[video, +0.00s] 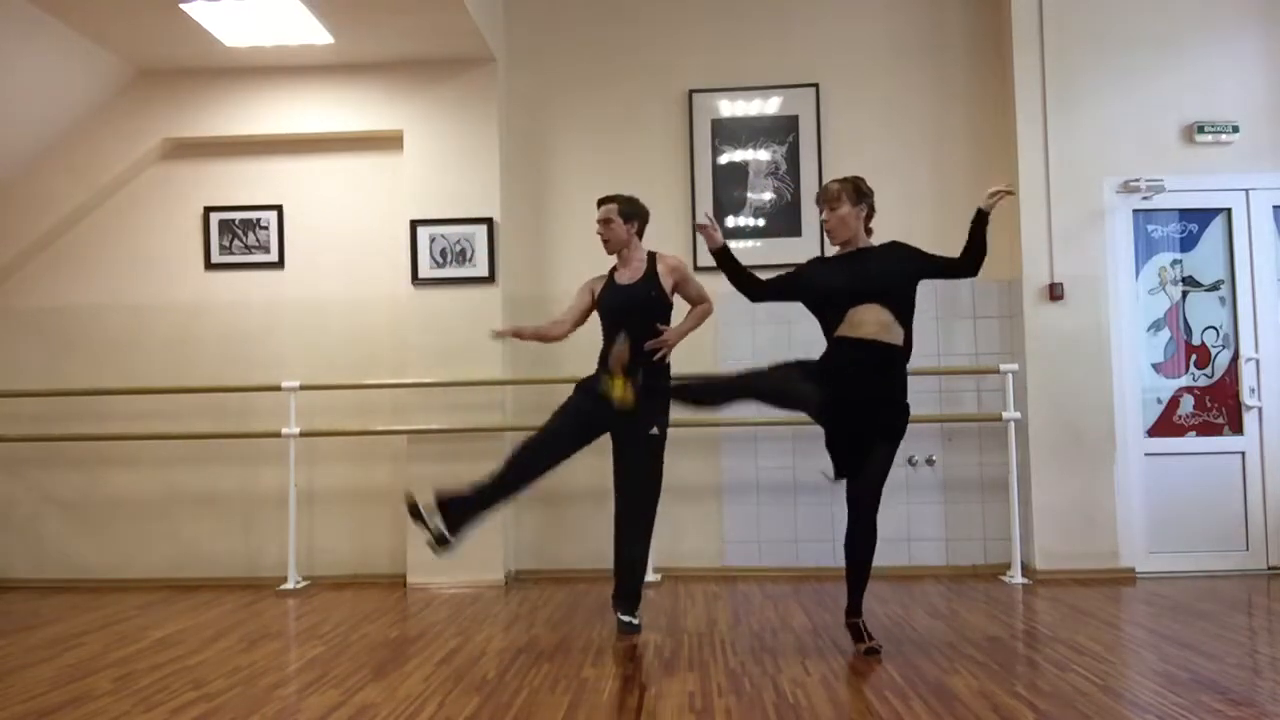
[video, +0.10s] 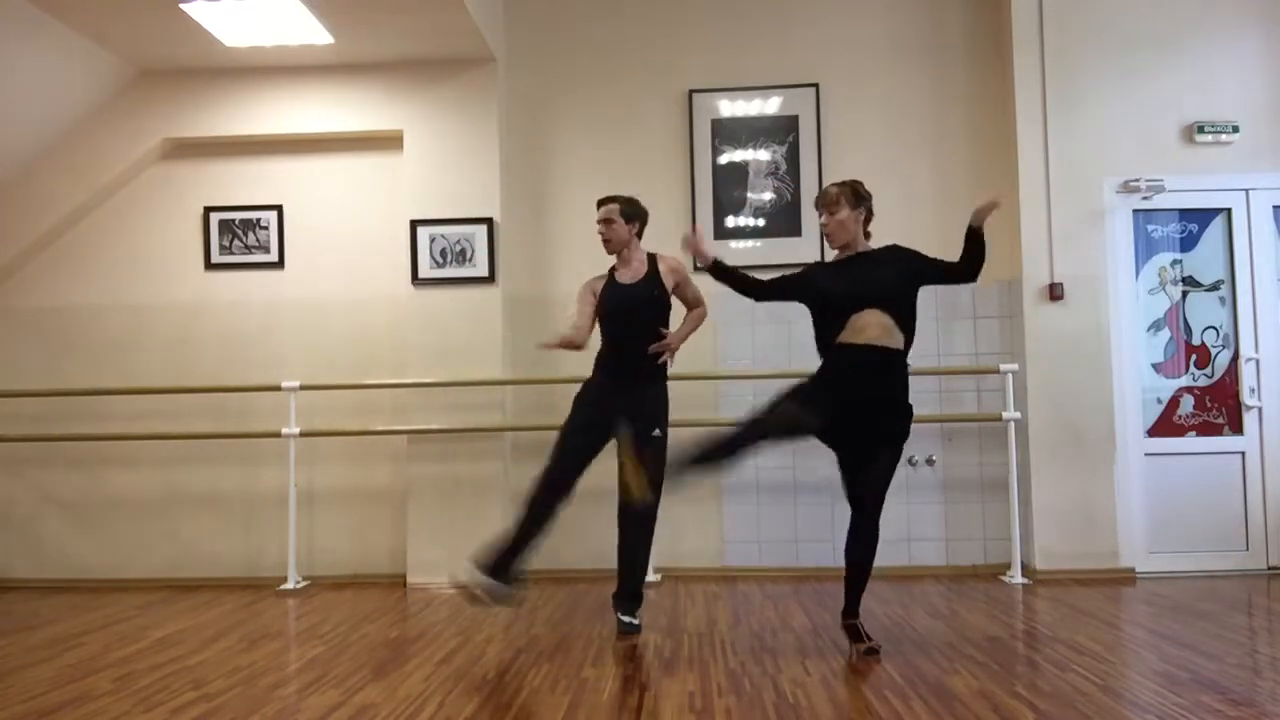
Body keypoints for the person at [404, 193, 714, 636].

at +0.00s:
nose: (600, 230)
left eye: (608, 223)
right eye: (599, 224)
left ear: (634, 227)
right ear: (609, 230)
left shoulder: (668, 268)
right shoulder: (598, 286)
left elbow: (704, 304)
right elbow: (562, 327)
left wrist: (678, 333)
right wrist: (519, 332)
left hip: (646, 400)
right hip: (599, 392)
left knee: (637, 506)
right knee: (533, 457)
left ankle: (627, 604)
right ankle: (451, 521)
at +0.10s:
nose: (600, 231)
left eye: (608, 224)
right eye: (598, 224)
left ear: (634, 227)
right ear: (609, 231)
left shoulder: (668, 268)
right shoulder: (596, 287)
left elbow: (699, 308)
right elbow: (580, 335)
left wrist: (677, 339)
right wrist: (562, 340)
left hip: (647, 393)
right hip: (603, 390)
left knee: (639, 502)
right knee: (556, 479)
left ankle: (628, 603)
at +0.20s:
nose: (609, 228)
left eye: (616, 220)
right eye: (604, 223)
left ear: (637, 226)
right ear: (600, 232)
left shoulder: (666, 272)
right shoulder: (591, 286)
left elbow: (690, 312)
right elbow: (597, 341)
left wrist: (675, 347)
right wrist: (651, 341)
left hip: (644, 402)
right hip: (598, 400)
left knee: (641, 504)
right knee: (570, 490)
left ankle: (629, 603)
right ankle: (606, 571)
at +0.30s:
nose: (616, 227)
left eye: (623, 220)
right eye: (609, 221)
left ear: (638, 227)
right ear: (600, 231)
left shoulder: (663, 273)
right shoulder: (589, 284)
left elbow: (686, 314)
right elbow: (597, 338)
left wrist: (672, 349)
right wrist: (655, 331)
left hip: (645, 398)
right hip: (600, 397)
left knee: (641, 507)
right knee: (579, 491)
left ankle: (628, 604)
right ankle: (642, 517)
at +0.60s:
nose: (615, 231)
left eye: (622, 224)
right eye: (608, 225)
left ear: (635, 231)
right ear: (597, 234)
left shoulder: (652, 278)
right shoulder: (581, 283)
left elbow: (672, 315)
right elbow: (597, 329)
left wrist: (667, 352)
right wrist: (644, 297)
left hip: (649, 402)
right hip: (606, 404)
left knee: (643, 506)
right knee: (613, 501)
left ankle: (627, 604)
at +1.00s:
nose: (587, 241)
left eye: (595, 234)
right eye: (580, 235)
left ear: (609, 241)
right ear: (571, 242)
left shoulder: (626, 295)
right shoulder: (553, 293)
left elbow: (640, 356)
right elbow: (549, 355)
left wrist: (661, 402)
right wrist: (608, 345)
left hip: (623, 411)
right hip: (581, 417)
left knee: (630, 510)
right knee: (621, 512)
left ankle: (626, 604)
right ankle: (683, 583)